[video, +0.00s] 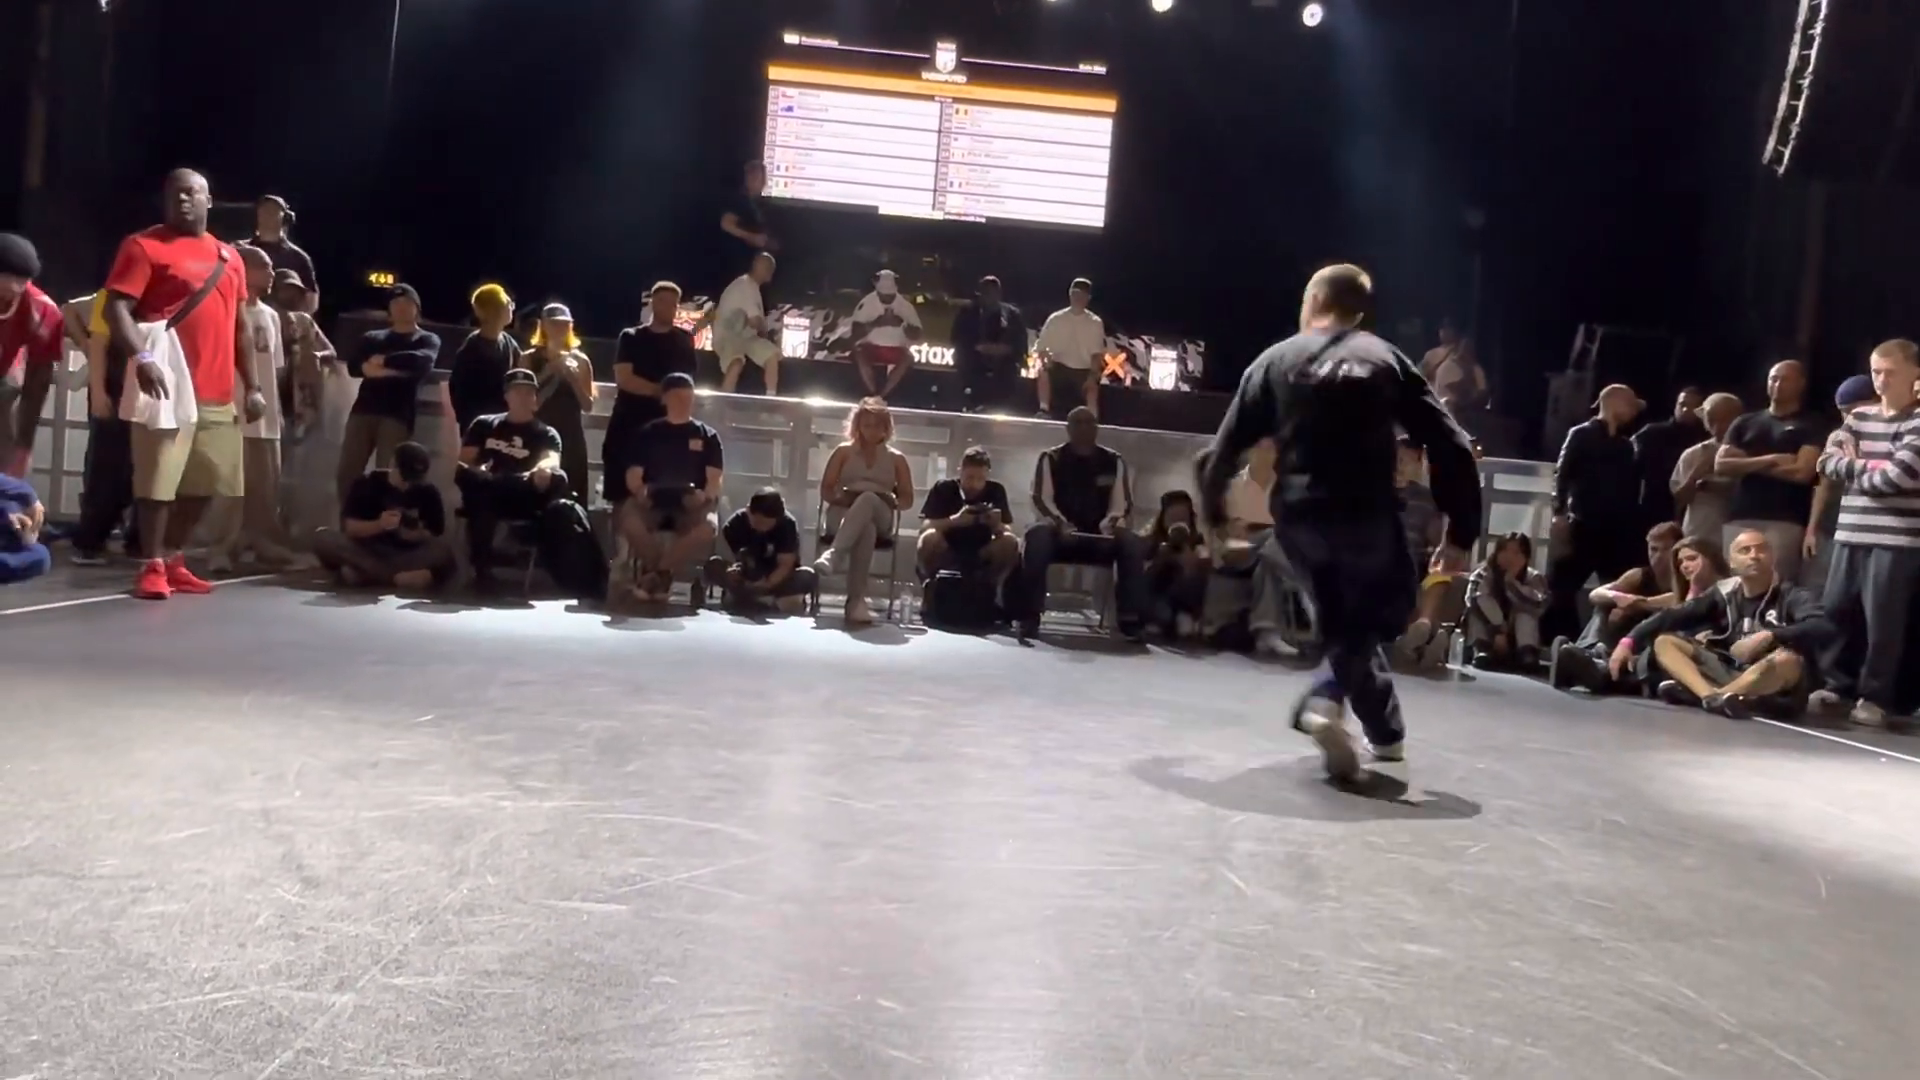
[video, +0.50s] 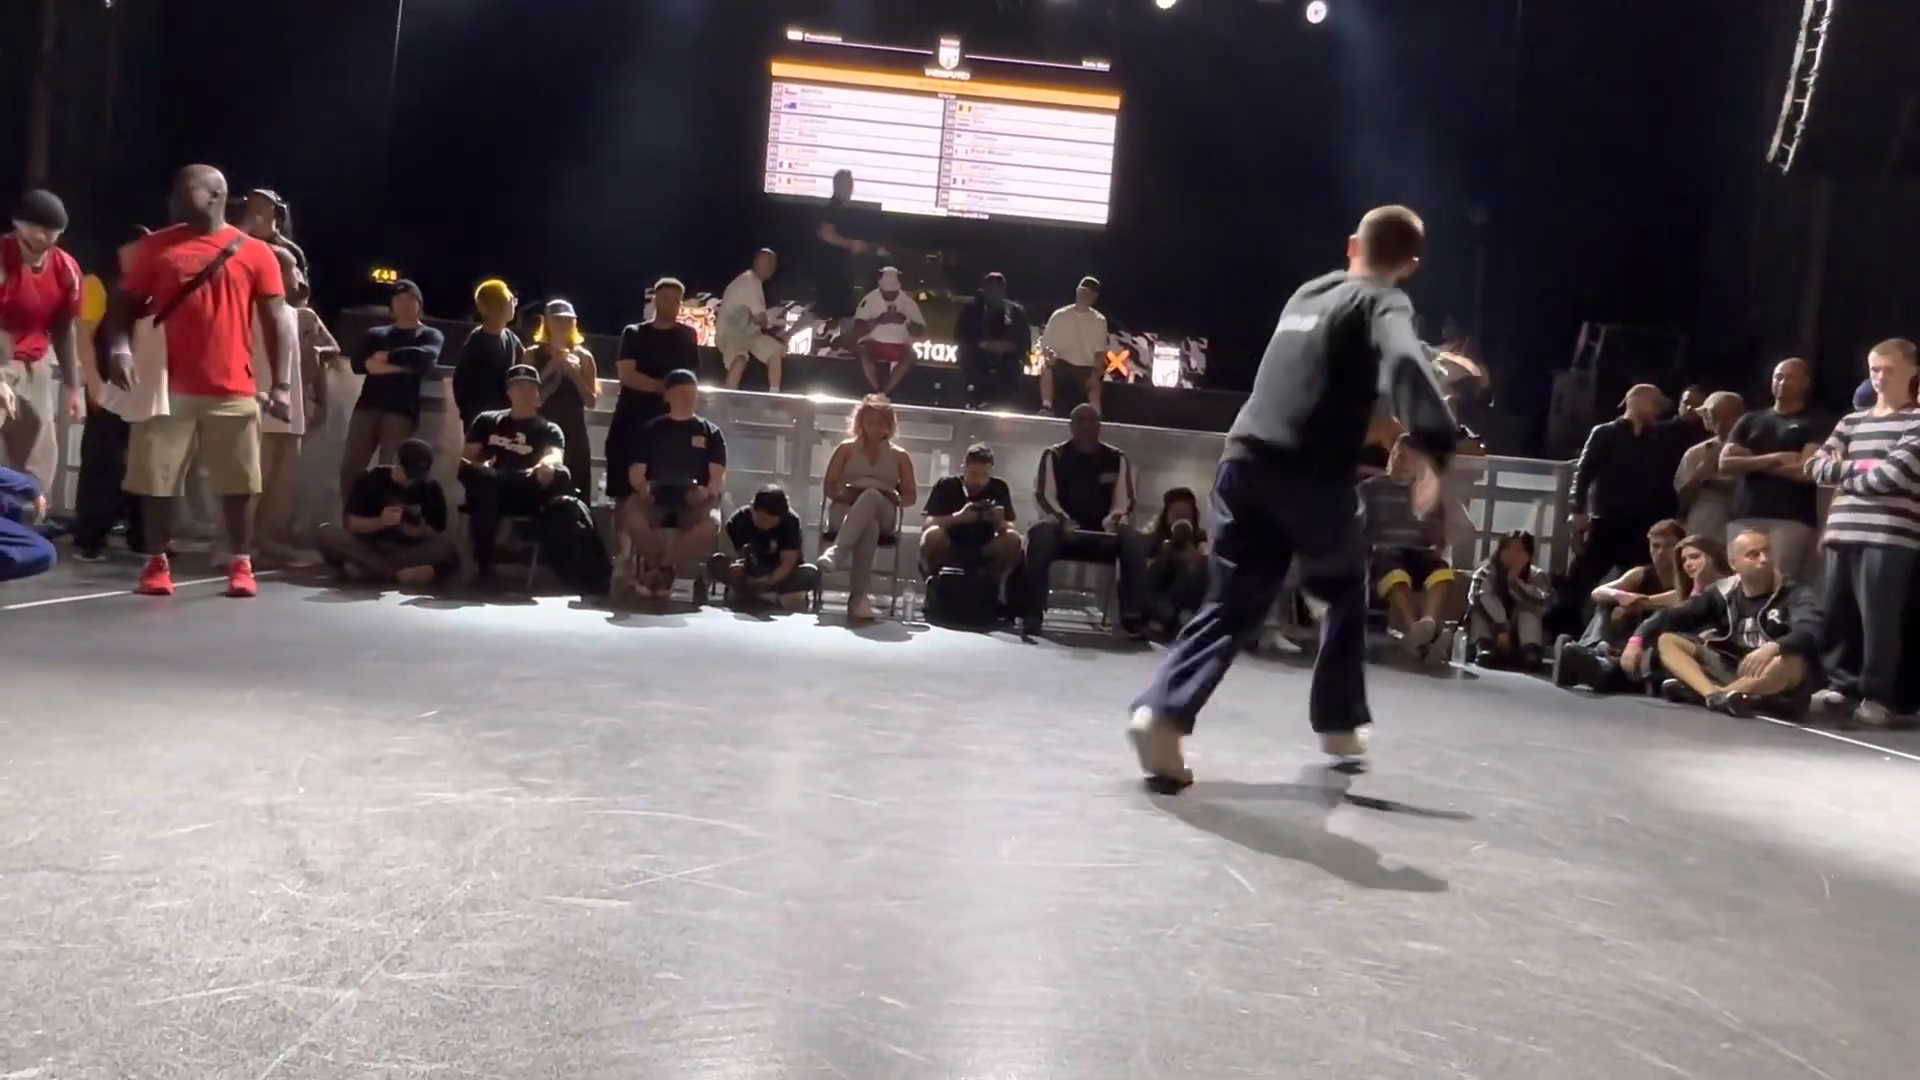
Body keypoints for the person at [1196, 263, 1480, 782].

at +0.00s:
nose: (1302, 313)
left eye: (1304, 305)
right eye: (1305, 305)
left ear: (1312, 307)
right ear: (1363, 314)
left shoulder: (1273, 362)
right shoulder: (1386, 360)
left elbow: (1221, 454)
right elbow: (1453, 447)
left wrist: (1215, 520)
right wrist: (1459, 533)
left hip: (1299, 513)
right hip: (1368, 513)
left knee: (1342, 623)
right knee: (1390, 609)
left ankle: (1386, 734)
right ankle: (1325, 699)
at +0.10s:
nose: (1329, 304)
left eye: (1331, 295)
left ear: (1335, 295)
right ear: (1387, 308)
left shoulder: (1287, 333)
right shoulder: (1390, 347)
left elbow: (1244, 428)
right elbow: (1436, 445)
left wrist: (1264, 468)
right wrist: (1437, 526)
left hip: (1281, 482)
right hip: (1351, 482)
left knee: (1324, 603)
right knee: (1376, 599)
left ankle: (1354, 733)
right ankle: (1358, 734)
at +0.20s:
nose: (1393, 296)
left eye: (1336, 268)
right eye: (1396, 287)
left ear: (1339, 268)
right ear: (1394, 282)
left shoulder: (1288, 311)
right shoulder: (1388, 323)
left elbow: (1257, 405)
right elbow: (1434, 427)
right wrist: (1415, 475)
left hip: (1266, 463)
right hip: (1337, 469)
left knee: (1312, 584)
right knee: (1365, 602)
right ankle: (1353, 730)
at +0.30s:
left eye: (1334, 244)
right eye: (1393, 258)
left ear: (1334, 246)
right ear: (1391, 261)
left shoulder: (1287, 302)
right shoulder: (1384, 313)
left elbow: (1267, 391)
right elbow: (1424, 412)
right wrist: (1435, 475)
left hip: (1248, 465)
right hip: (1320, 474)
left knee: (1281, 608)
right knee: (1361, 588)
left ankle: (1205, 687)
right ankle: (1348, 730)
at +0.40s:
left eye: (1326, 251)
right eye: (1387, 260)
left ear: (1327, 255)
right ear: (1386, 266)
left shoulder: (1288, 314)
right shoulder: (1375, 329)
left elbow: (1304, 401)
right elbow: (1424, 417)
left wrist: (1372, 448)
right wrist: (1467, 489)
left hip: (1236, 474)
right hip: (1301, 492)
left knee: (1228, 607)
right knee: (1333, 625)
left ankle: (1148, 726)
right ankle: (1364, 736)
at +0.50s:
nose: (1411, 276)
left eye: (1356, 245)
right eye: (1414, 264)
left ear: (1351, 250)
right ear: (1412, 264)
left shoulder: (1308, 292)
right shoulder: (1388, 302)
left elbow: (1314, 399)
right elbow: (1406, 362)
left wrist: (1385, 446)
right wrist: (1436, 451)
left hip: (1244, 455)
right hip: (1312, 468)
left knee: (1231, 601)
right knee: (1345, 594)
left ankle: (1163, 712)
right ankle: (1340, 726)